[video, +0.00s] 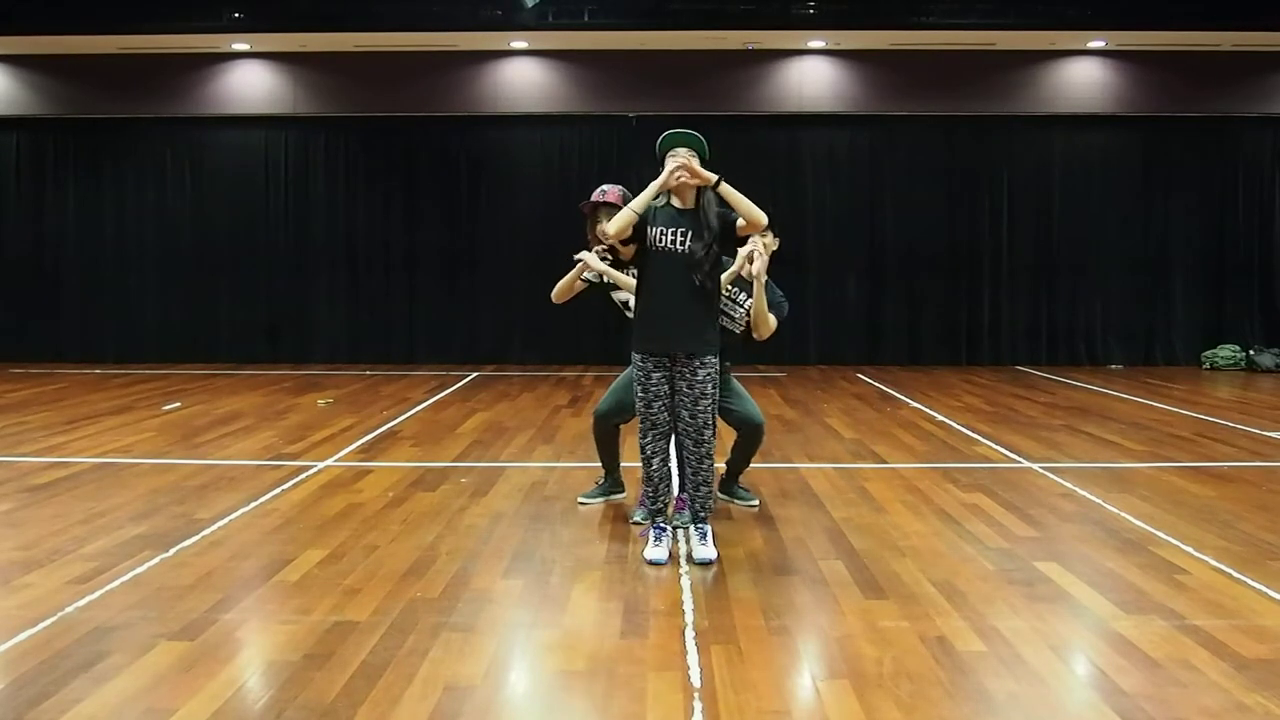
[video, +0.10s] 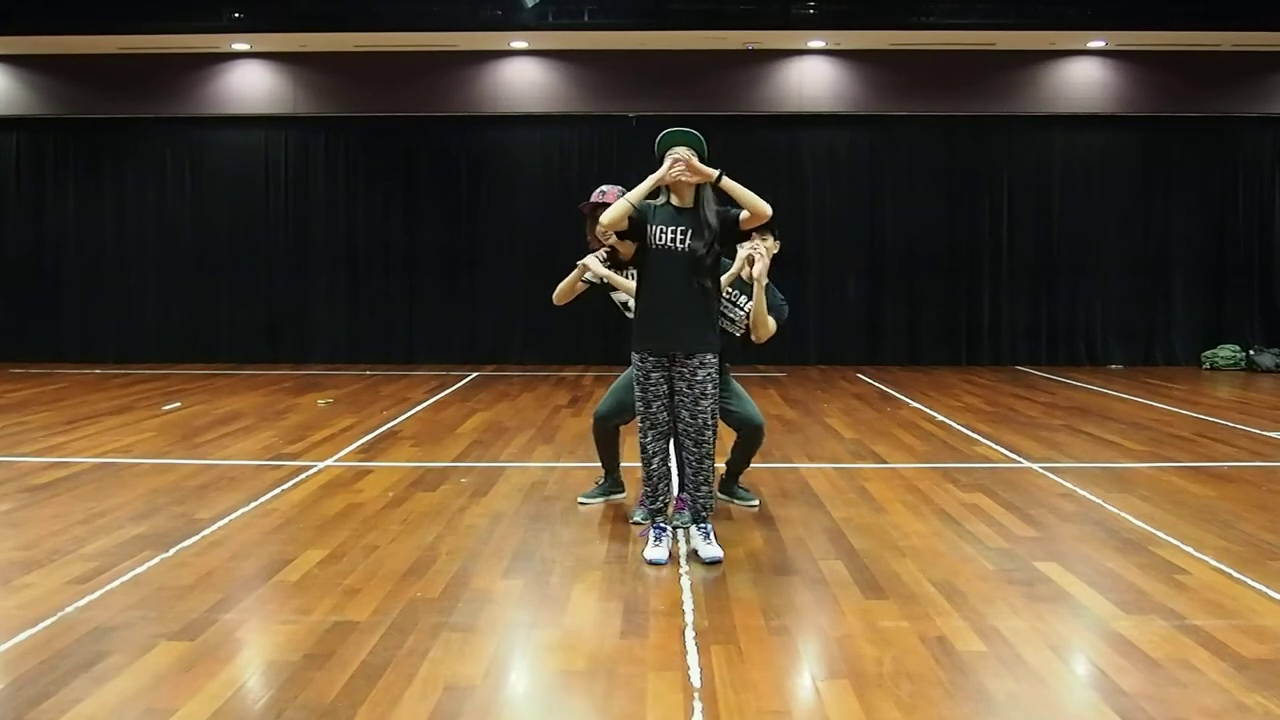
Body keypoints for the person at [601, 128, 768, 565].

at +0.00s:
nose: (681, 167)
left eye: (688, 160)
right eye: (673, 160)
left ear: (701, 170)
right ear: (662, 172)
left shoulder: (715, 216)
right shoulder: (648, 212)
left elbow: (760, 222)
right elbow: (614, 231)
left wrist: (715, 182)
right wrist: (657, 185)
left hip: (700, 344)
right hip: (650, 342)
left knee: (699, 435)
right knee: (654, 433)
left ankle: (699, 522)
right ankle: (658, 524)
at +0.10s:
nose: (681, 168)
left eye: (688, 163)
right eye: (674, 163)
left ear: (700, 172)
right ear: (663, 173)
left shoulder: (715, 215)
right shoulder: (647, 211)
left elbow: (763, 213)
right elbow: (607, 222)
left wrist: (713, 175)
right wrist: (653, 179)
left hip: (699, 343)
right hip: (650, 341)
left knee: (699, 434)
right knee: (654, 433)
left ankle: (700, 521)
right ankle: (658, 524)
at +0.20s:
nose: (683, 167)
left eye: (689, 162)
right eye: (676, 162)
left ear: (699, 171)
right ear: (664, 172)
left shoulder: (714, 215)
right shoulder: (647, 212)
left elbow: (763, 211)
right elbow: (606, 217)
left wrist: (713, 174)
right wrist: (654, 176)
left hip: (700, 344)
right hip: (651, 342)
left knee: (699, 434)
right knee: (654, 434)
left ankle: (700, 521)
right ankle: (657, 524)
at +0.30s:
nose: (680, 171)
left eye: (687, 164)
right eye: (673, 165)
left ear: (700, 172)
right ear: (663, 174)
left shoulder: (713, 215)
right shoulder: (646, 213)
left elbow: (760, 220)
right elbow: (606, 229)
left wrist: (714, 181)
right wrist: (653, 182)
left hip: (699, 343)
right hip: (650, 341)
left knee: (699, 434)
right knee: (653, 434)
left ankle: (699, 521)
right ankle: (657, 523)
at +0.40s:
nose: (680, 166)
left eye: (688, 159)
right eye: (672, 160)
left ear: (701, 169)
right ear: (661, 171)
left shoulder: (715, 215)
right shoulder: (647, 212)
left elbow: (763, 219)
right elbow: (606, 229)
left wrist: (716, 181)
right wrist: (652, 182)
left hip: (700, 343)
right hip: (650, 342)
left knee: (699, 435)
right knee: (654, 434)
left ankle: (699, 521)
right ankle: (657, 524)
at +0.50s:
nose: (683, 170)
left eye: (690, 165)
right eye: (676, 165)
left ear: (700, 173)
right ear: (665, 174)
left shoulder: (716, 215)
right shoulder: (647, 212)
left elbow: (765, 211)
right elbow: (603, 223)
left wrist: (715, 175)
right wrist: (651, 179)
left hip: (700, 343)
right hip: (651, 341)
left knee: (699, 434)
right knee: (654, 433)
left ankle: (700, 521)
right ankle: (658, 524)